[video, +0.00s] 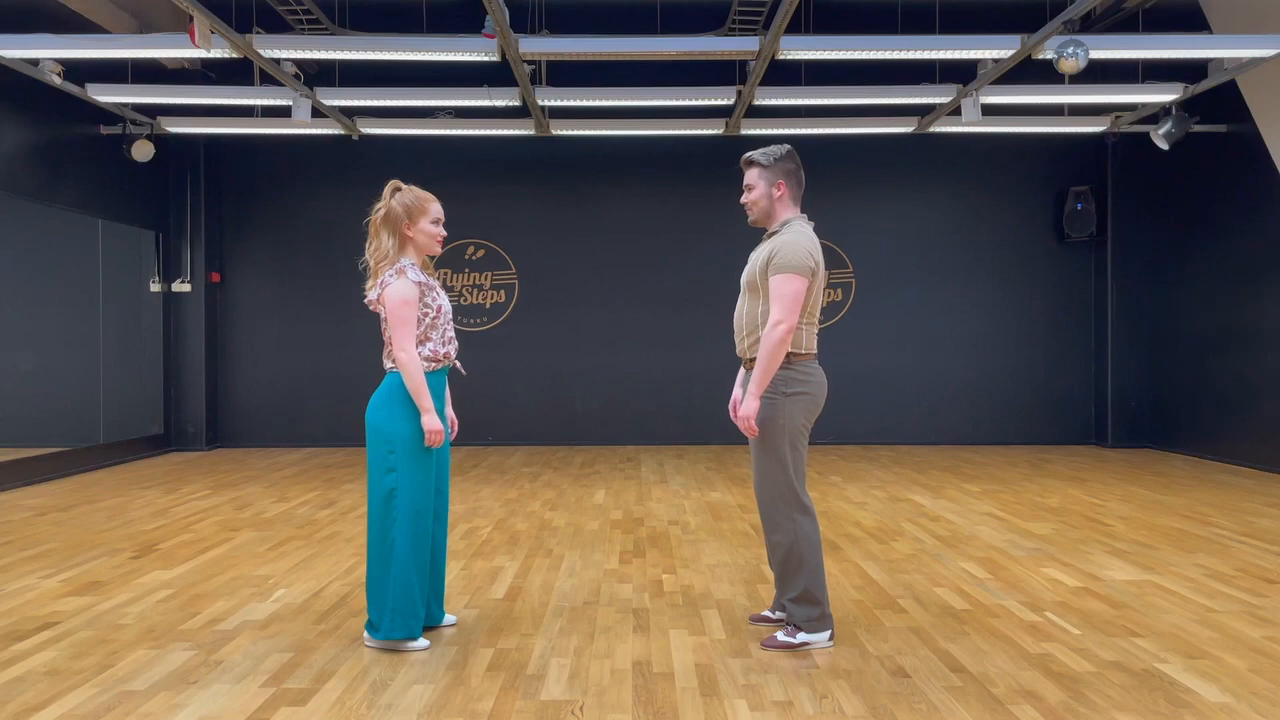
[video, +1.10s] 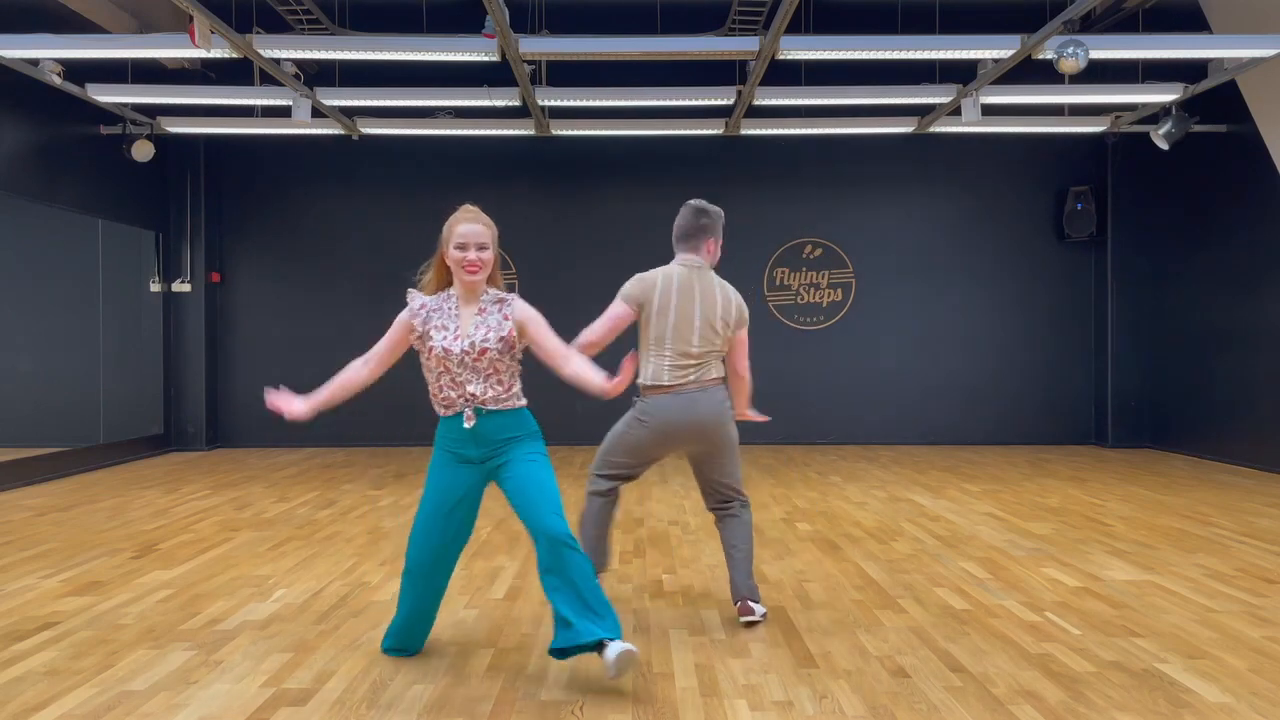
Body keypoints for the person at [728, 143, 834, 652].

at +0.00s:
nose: (743, 198)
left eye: (750, 188)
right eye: (743, 189)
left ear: (781, 189)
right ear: (777, 192)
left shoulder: (794, 244)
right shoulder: (777, 243)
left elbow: (783, 326)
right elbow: (763, 326)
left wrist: (755, 394)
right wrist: (741, 383)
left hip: (787, 383)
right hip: (773, 381)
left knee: (786, 502)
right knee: (777, 499)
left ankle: (811, 621)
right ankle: (793, 603)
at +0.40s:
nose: (739, 197)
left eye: (747, 188)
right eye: (740, 188)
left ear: (776, 188)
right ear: (771, 190)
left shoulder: (789, 239)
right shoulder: (770, 242)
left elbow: (757, 317)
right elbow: (747, 318)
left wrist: (720, 377)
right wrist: (722, 378)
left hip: (787, 383)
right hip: (772, 382)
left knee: (788, 499)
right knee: (779, 497)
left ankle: (812, 621)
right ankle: (794, 602)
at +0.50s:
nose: (732, 200)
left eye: (740, 190)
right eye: (733, 190)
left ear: (770, 191)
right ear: (765, 193)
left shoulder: (780, 238)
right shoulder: (768, 242)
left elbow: (723, 299)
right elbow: (726, 308)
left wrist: (670, 335)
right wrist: (684, 353)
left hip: (789, 383)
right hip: (771, 383)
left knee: (788, 500)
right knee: (775, 495)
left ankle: (814, 621)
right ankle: (792, 599)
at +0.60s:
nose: (722, 202)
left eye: (729, 192)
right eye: (722, 193)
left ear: (760, 193)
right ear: (756, 196)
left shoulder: (763, 243)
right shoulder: (758, 243)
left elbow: (689, 283)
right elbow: (696, 293)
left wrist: (664, 268)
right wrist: (647, 303)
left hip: (785, 383)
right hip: (772, 382)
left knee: (786, 495)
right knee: (765, 489)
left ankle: (815, 620)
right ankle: (780, 598)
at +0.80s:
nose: (699, 217)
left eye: (706, 208)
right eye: (697, 208)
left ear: (738, 210)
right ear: (735, 213)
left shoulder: (727, 261)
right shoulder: (752, 253)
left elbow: (669, 271)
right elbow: (668, 269)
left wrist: (694, 227)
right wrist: (653, 226)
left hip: (752, 390)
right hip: (786, 384)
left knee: (763, 503)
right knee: (753, 496)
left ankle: (814, 621)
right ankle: (744, 601)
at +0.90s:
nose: (683, 229)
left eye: (691, 220)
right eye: (681, 220)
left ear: (721, 222)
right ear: (719, 224)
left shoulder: (698, 271)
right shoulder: (743, 261)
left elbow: (661, 306)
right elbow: (677, 295)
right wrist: (649, 254)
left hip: (729, 398)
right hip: (772, 390)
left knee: (699, 504)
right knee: (756, 499)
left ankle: (768, 580)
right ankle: (749, 600)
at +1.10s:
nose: (720, 252)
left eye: (718, 245)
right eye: (719, 245)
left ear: (674, 240)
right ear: (713, 245)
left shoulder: (644, 284)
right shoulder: (729, 297)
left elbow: (595, 338)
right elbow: (739, 370)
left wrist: (570, 355)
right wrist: (742, 409)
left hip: (657, 409)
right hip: (713, 408)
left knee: (603, 480)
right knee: (730, 502)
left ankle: (588, 576)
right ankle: (746, 596)